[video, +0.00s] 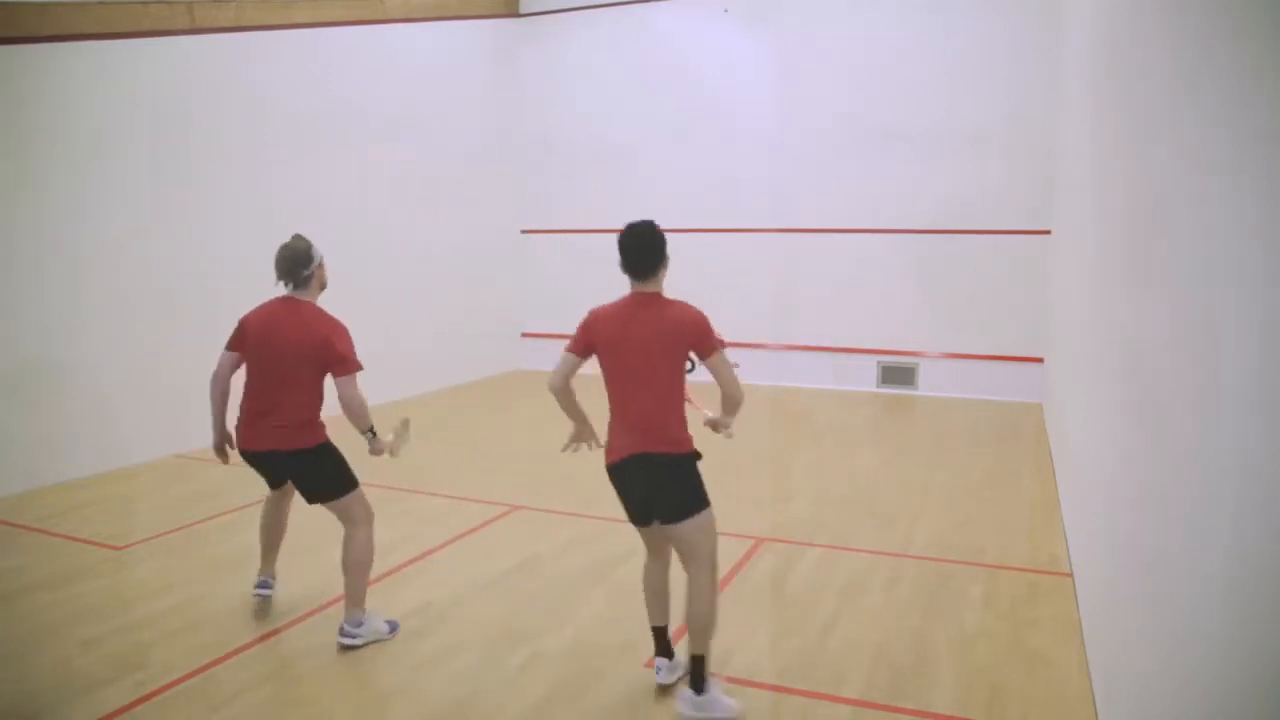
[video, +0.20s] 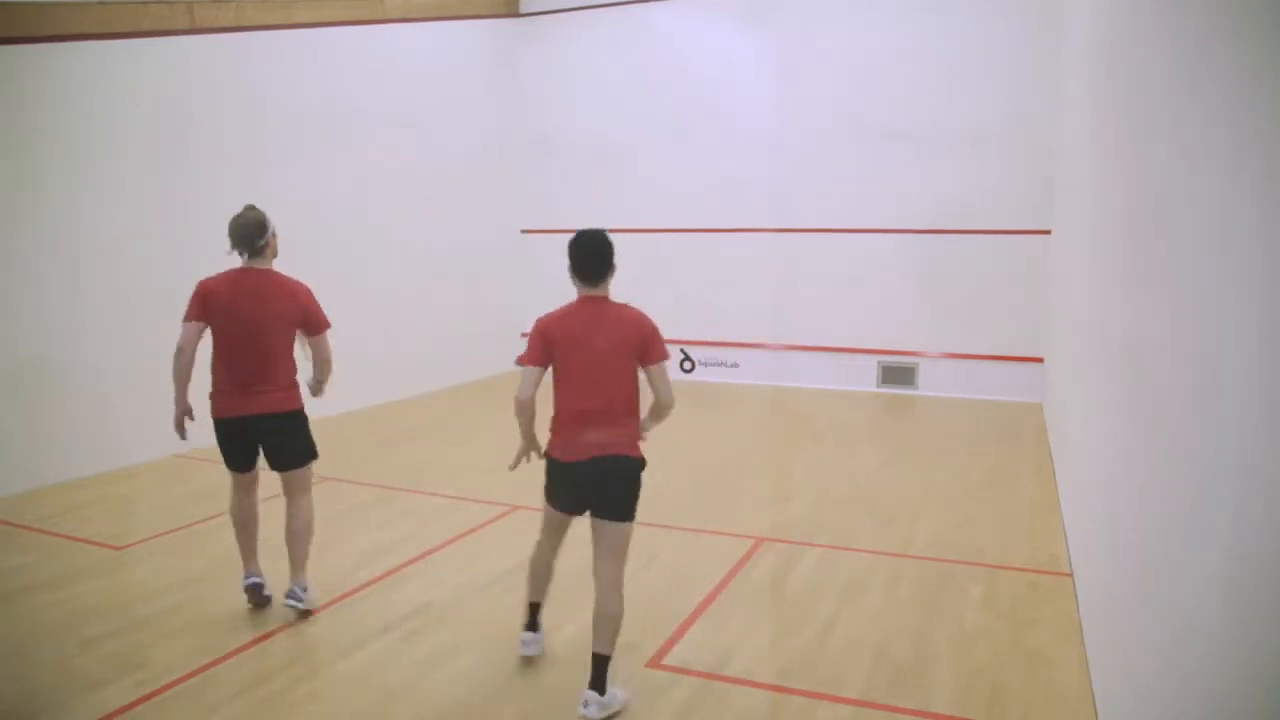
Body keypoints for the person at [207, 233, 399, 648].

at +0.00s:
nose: (326, 271)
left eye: (322, 265)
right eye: (323, 266)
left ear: (284, 276)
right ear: (318, 273)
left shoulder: (255, 319)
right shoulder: (329, 330)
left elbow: (221, 375)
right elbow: (349, 399)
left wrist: (218, 429)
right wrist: (372, 436)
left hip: (252, 443)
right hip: (303, 446)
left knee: (281, 488)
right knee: (359, 517)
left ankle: (265, 578)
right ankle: (355, 621)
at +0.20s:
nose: (277, 240)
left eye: (273, 235)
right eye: (275, 236)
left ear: (234, 246)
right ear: (272, 242)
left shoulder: (209, 290)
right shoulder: (295, 292)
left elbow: (185, 348)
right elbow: (323, 358)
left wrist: (180, 399)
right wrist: (319, 383)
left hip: (230, 415)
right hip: (282, 412)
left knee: (243, 487)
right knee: (298, 493)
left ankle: (252, 574)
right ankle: (298, 586)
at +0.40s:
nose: (238, 254)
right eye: (236, 250)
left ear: (199, 261)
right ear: (235, 257)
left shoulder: (190, 309)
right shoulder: (256, 303)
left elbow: (164, 361)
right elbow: (241, 344)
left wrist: (148, 373)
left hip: (209, 424)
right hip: (260, 421)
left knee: (193, 490)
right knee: (266, 499)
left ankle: (181, 552)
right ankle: (280, 580)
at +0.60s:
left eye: (163, 280)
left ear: (166, 283)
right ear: (199, 281)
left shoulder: (161, 334)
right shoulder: (212, 323)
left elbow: (143, 372)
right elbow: (156, 340)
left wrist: (133, 371)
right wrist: (113, 330)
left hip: (175, 438)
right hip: (223, 436)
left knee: (143, 479)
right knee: (231, 502)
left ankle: (155, 555)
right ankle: (268, 550)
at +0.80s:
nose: (140, 277)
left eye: (141, 273)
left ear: (143, 280)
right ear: (178, 278)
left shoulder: (133, 330)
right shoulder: (195, 322)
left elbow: (119, 390)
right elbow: (189, 374)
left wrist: (104, 435)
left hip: (151, 432)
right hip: (198, 430)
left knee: (127, 477)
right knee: (210, 486)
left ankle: (155, 554)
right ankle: (237, 543)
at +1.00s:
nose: (134, 269)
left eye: (134, 265)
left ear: (136, 270)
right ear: (170, 267)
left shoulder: (125, 319)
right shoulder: (194, 313)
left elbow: (113, 379)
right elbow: (227, 361)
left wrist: (96, 435)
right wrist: (262, 385)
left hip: (144, 425)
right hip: (193, 423)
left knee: (132, 480)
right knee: (195, 487)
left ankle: (155, 554)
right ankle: (183, 548)